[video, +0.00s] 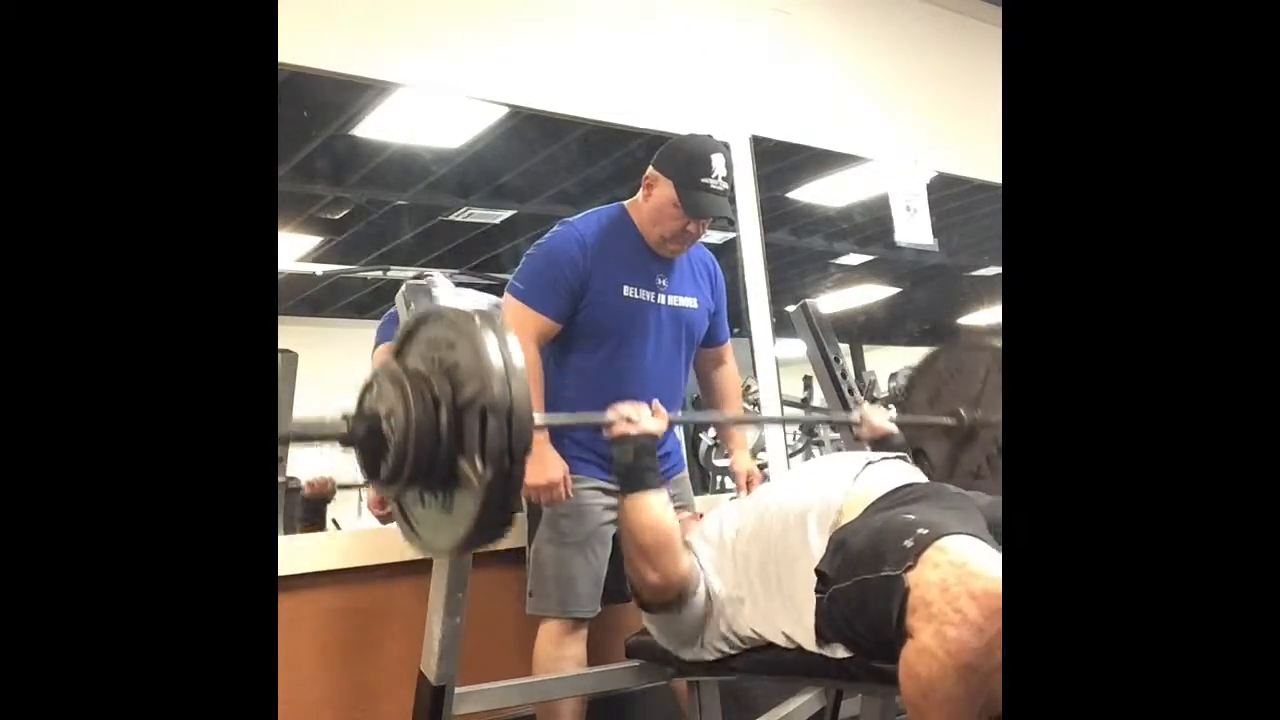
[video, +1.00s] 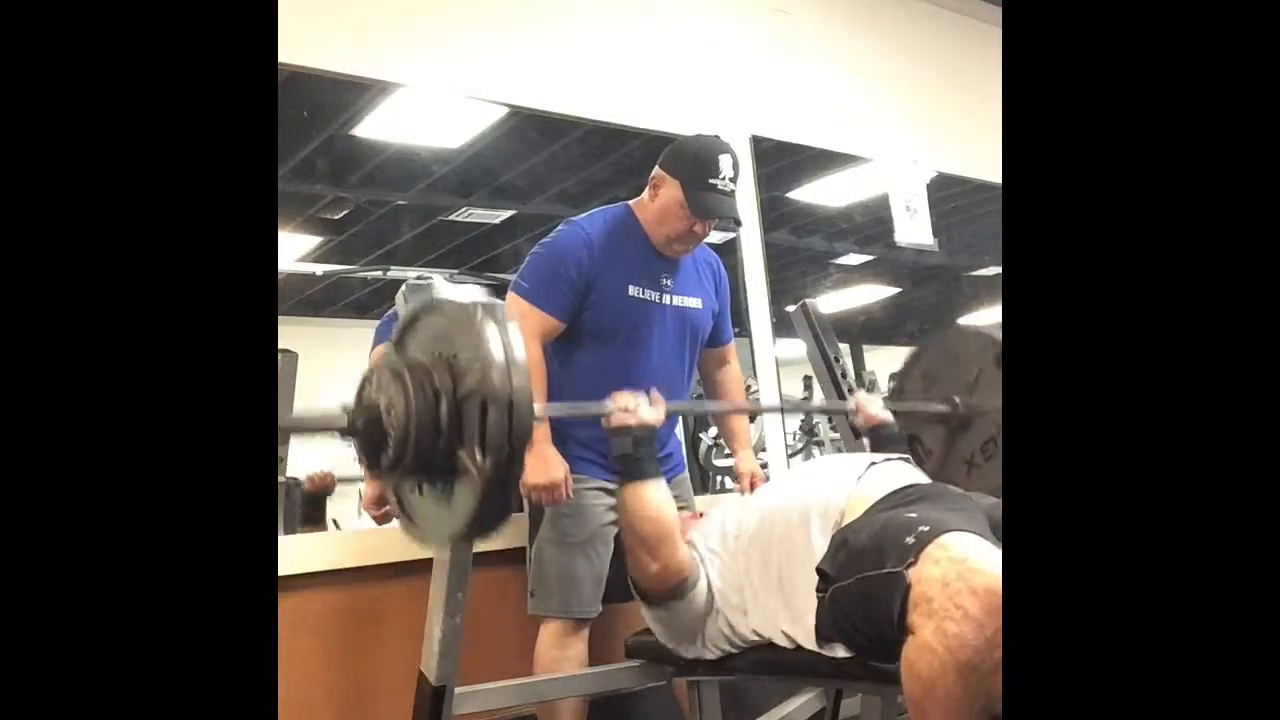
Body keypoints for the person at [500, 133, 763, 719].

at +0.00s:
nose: (699, 227)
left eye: (708, 218)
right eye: (689, 211)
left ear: (717, 214)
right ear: (650, 186)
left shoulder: (704, 269)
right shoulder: (575, 246)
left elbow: (718, 364)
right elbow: (516, 340)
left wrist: (739, 449)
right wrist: (535, 444)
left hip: (661, 473)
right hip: (579, 469)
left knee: (634, 614)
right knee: (568, 620)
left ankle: (616, 715)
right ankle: (563, 718)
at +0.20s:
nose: (700, 230)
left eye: (709, 219)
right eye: (691, 213)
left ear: (717, 215)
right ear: (653, 187)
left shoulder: (705, 270)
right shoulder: (577, 245)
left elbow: (717, 365)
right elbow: (518, 339)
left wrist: (738, 451)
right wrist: (538, 449)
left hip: (656, 469)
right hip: (576, 468)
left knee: (627, 614)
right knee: (568, 620)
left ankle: (606, 711)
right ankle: (561, 717)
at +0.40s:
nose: (701, 230)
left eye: (711, 220)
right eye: (693, 214)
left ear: (718, 216)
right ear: (655, 188)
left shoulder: (706, 270)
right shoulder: (578, 246)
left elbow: (718, 366)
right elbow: (518, 339)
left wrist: (738, 451)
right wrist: (538, 452)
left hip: (661, 468)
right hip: (579, 467)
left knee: (681, 614)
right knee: (569, 619)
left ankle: (688, 713)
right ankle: (560, 715)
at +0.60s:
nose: (702, 230)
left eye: (712, 221)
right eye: (693, 213)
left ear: (720, 217)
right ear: (656, 188)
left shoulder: (708, 270)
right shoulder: (579, 245)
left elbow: (719, 366)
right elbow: (518, 338)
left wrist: (741, 449)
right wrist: (539, 450)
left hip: (661, 474)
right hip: (580, 472)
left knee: (654, 617)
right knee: (569, 621)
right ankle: (564, 717)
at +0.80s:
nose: (703, 227)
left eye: (713, 218)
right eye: (695, 211)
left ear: (723, 214)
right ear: (656, 185)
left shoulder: (709, 269)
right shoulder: (579, 245)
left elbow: (722, 366)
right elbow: (521, 338)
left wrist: (743, 451)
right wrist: (535, 441)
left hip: (662, 469)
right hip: (580, 467)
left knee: (644, 610)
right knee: (569, 620)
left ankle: (626, 715)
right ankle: (563, 717)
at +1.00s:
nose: (704, 228)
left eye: (713, 218)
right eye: (695, 211)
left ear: (722, 215)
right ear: (656, 187)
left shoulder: (709, 270)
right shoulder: (580, 245)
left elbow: (721, 365)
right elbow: (520, 337)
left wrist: (743, 451)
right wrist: (537, 443)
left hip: (662, 471)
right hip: (580, 467)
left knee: (648, 611)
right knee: (570, 620)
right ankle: (564, 717)